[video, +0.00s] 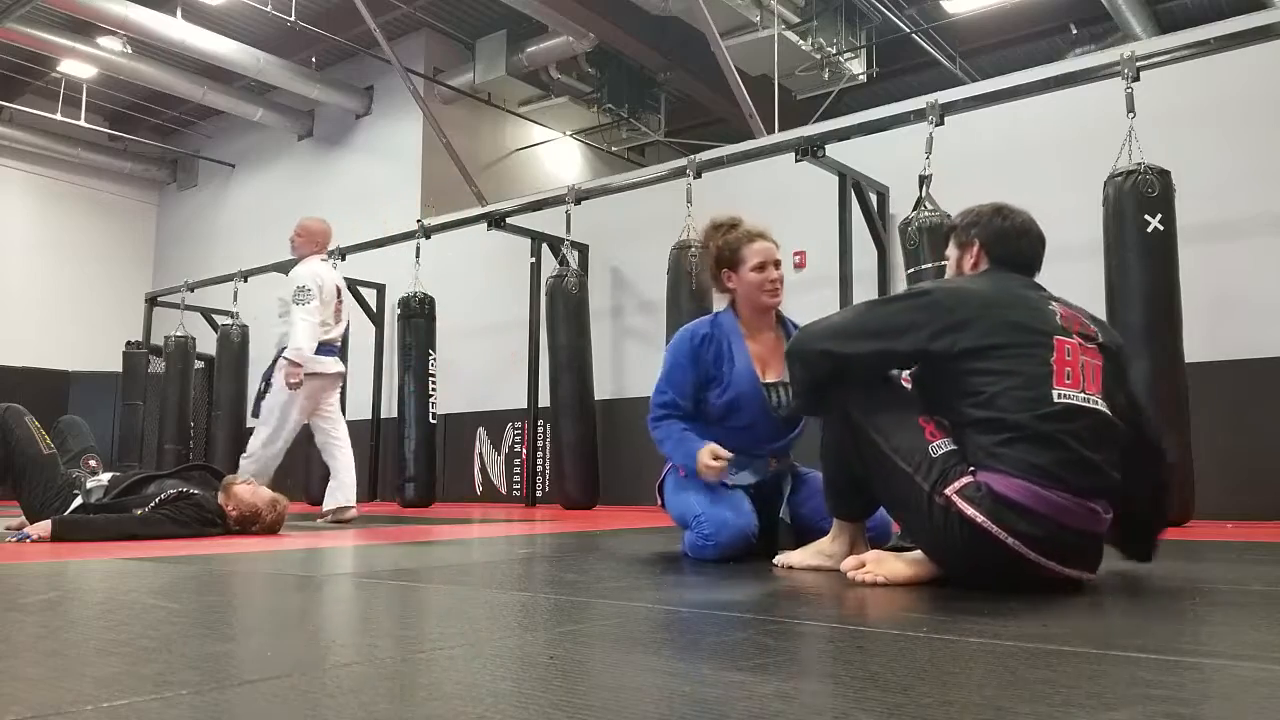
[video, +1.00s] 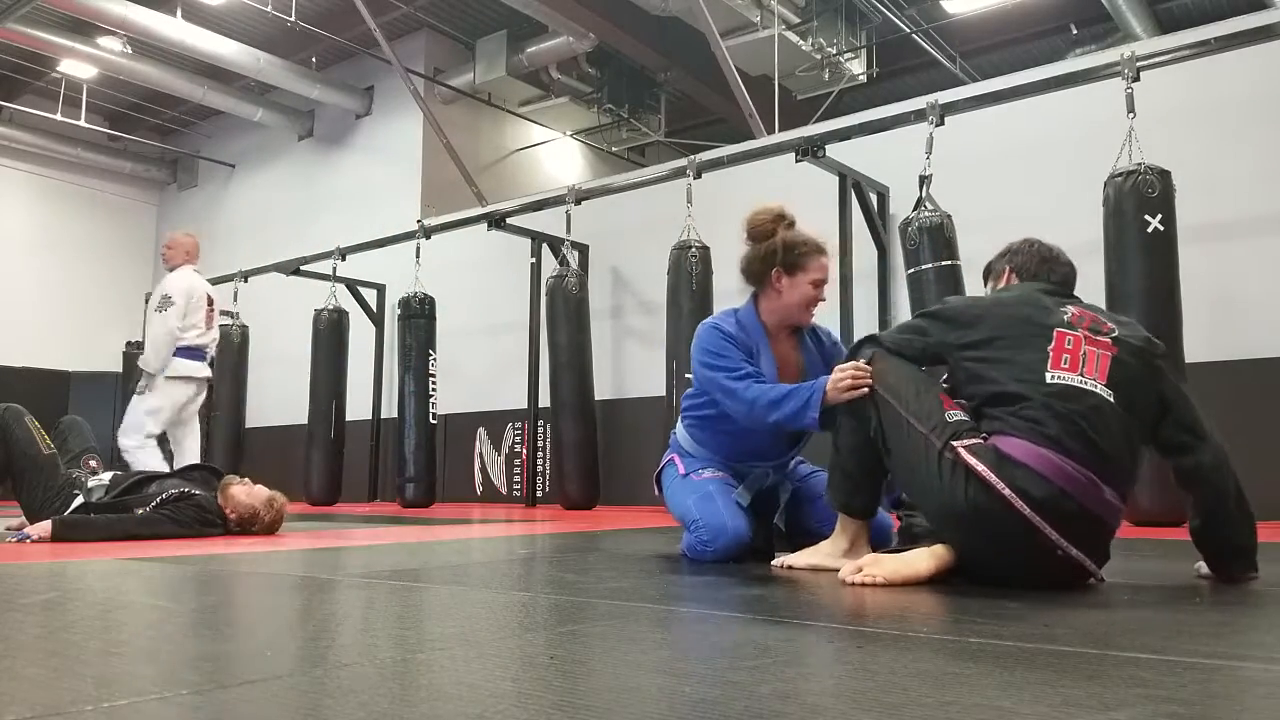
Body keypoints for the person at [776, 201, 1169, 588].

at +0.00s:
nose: (946, 275)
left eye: (949, 263)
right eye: (947, 264)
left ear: (974, 256)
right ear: (1034, 266)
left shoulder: (961, 298)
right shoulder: (1092, 327)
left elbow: (812, 344)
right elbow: (1143, 446)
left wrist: (824, 406)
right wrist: (1136, 535)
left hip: (982, 536)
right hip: (1071, 559)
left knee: (854, 391)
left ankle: (843, 539)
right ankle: (928, 552)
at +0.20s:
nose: (967, 271)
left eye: (971, 259)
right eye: (969, 260)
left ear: (994, 258)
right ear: (1053, 271)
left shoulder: (980, 299)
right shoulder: (1118, 338)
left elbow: (825, 335)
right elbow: (1197, 455)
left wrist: (843, 401)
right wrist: (1233, 562)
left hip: (982, 530)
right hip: (1068, 566)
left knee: (866, 384)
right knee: (994, 428)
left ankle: (843, 536)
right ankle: (928, 555)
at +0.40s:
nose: (987, 275)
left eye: (990, 264)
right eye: (990, 265)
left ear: (1011, 258)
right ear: (1072, 274)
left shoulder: (991, 296)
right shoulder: (1135, 342)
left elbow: (843, 335)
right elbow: (1211, 465)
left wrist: (926, 382)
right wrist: (1234, 569)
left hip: (984, 515)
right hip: (1070, 562)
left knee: (872, 380)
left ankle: (845, 538)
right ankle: (928, 555)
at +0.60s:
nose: (998, 279)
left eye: (1001, 268)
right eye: (1002, 269)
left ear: (1021, 264)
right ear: (1086, 279)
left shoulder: (999, 297)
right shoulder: (1148, 345)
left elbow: (862, 329)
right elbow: (1217, 470)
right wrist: (1235, 568)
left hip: (979, 508)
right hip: (1065, 562)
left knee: (875, 374)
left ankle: (845, 540)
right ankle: (929, 556)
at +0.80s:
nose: (995, 290)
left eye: (997, 281)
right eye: (998, 282)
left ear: (1018, 271)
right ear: (1082, 284)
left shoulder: (998, 298)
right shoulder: (1149, 345)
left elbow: (866, 334)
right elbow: (1217, 472)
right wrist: (1234, 569)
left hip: (980, 507)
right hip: (1064, 563)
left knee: (881, 373)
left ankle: (848, 537)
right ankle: (930, 551)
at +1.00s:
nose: (984, 299)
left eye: (987, 289)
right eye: (989, 291)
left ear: (1005, 279)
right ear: (1067, 289)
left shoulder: (983, 306)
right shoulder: (1137, 344)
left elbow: (869, 356)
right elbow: (1209, 466)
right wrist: (1232, 565)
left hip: (983, 508)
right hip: (1070, 560)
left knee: (870, 367)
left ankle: (846, 538)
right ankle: (932, 555)